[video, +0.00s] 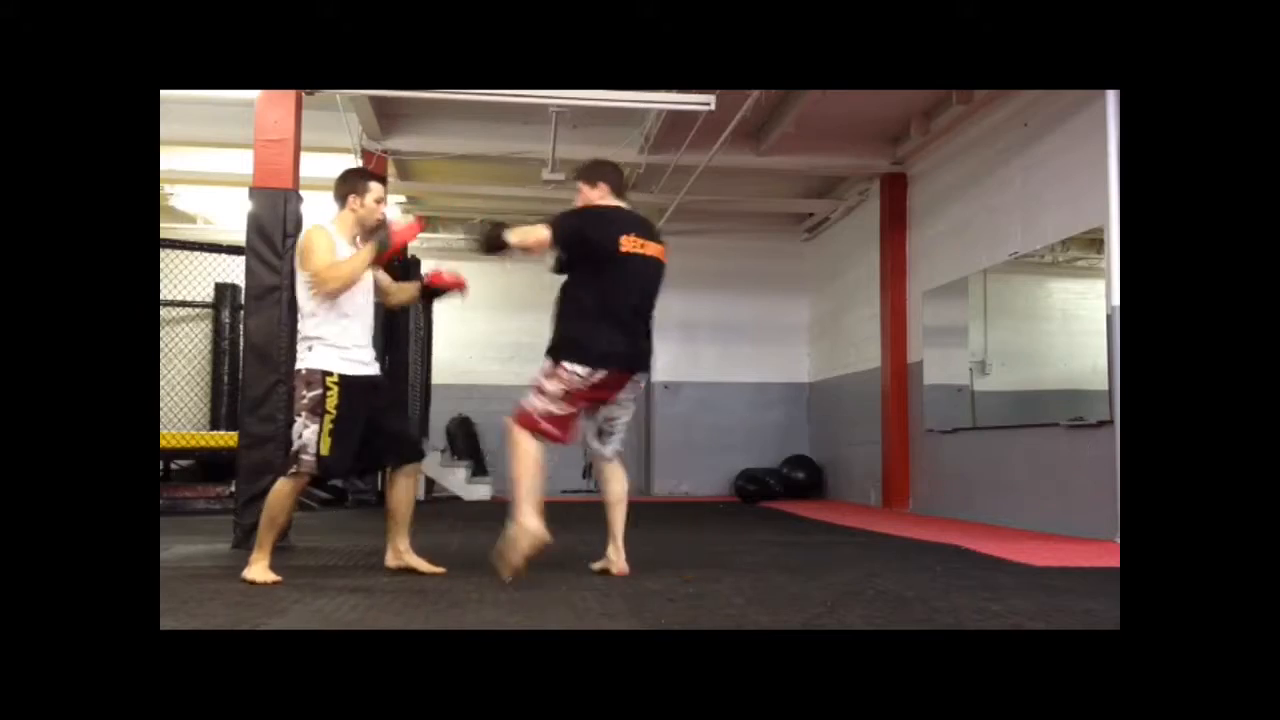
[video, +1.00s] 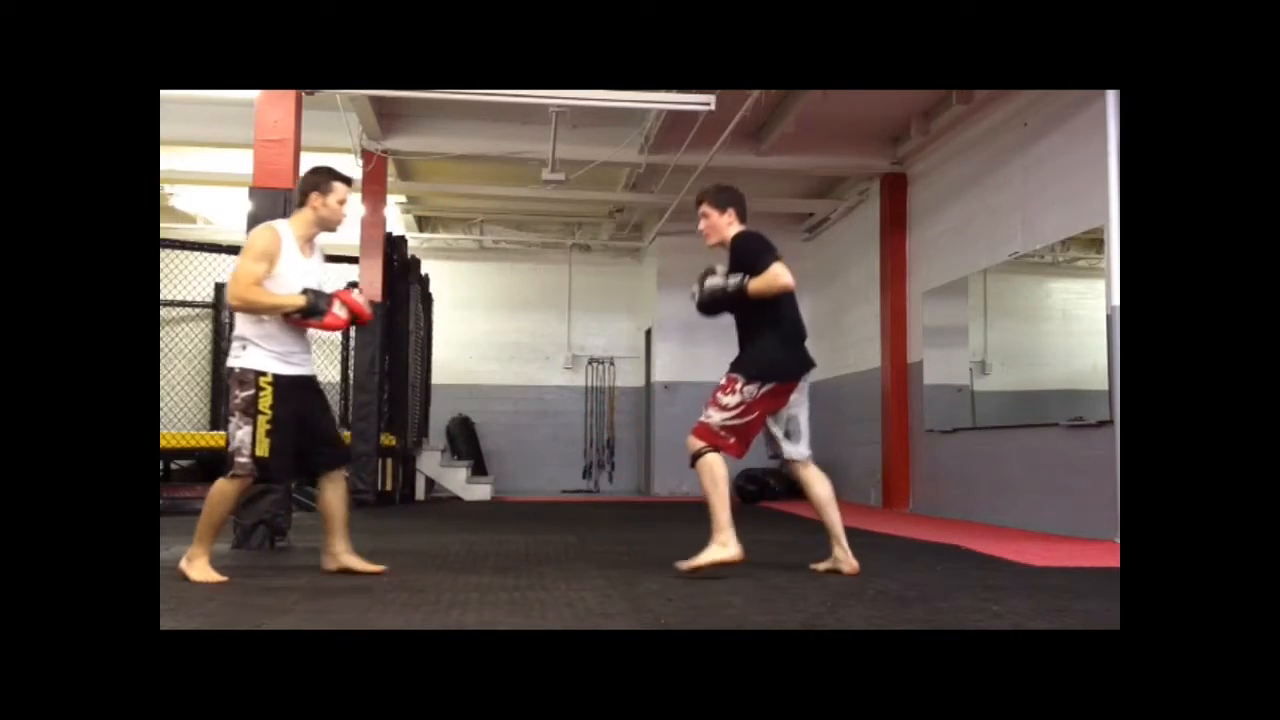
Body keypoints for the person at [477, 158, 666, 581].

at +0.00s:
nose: (578, 198)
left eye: (581, 191)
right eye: (579, 191)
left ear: (598, 188)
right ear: (619, 190)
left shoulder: (587, 219)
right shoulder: (652, 234)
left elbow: (535, 238)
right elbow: (620, 270)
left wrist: (500, 236)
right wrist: (572, 253)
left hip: (583, 352)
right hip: (632, 357)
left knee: (525, 426)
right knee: (607, 451)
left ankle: (527, 521)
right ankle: (616, 551)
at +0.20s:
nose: (620, 212)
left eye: (622, 206)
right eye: (620, 206)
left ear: (641, 204)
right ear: (661, 209)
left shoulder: (628, 225)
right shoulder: (686, 256)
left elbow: (596, 261)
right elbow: (647, 289)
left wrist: (550, 271)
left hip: (583, 339)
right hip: (631, 365)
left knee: (505, 362)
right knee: (638, 455)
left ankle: (427, 398)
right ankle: (622, 554)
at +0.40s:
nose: (614, 203)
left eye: (619, 195)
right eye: (615, 196)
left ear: (641, 194)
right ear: (657, 197)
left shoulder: (626, 222)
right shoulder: (694, 242)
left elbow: (590, 244)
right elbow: (701, 310)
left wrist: (552, 254)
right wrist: (663, 305)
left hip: (619, 348)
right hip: (667, 358)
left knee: (556, 419)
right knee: (659, 451)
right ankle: (636, 543)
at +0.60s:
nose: (613, 238)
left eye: (616, 230)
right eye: (614, 230)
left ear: (637, 228)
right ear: (654, 229)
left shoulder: (626, 259)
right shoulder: (692, 264)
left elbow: (558, 269)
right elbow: (725, 328)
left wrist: (508, 252)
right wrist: (681, 313)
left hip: (664, 383)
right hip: (710, 379)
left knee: (604, 463)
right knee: (728, 457)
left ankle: (609, 560)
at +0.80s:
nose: (674, 244)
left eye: (677, 234)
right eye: (673, 235)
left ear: (699, 230)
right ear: (708, 232)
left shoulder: (706, 262)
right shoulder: (752, 266)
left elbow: (705, 304)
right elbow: (765, 322)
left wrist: (662, 299)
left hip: (729, 382)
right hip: (770, 379)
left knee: (661, 449)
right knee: (786, 468)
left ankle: (682, 539)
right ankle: (839, 552)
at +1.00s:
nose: (700, 226)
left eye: (704, 217)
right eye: (699, 218)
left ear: (729, 215)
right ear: (727, 218)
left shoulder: (746, 243)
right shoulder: (746, 250)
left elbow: (783, 279)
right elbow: (761, 291)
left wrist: (732, 289)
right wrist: (721, 288)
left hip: (763, 364)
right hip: (791, 364)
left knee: (702, 442)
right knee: (799, 460)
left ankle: (724, 540)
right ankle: (843, 553)